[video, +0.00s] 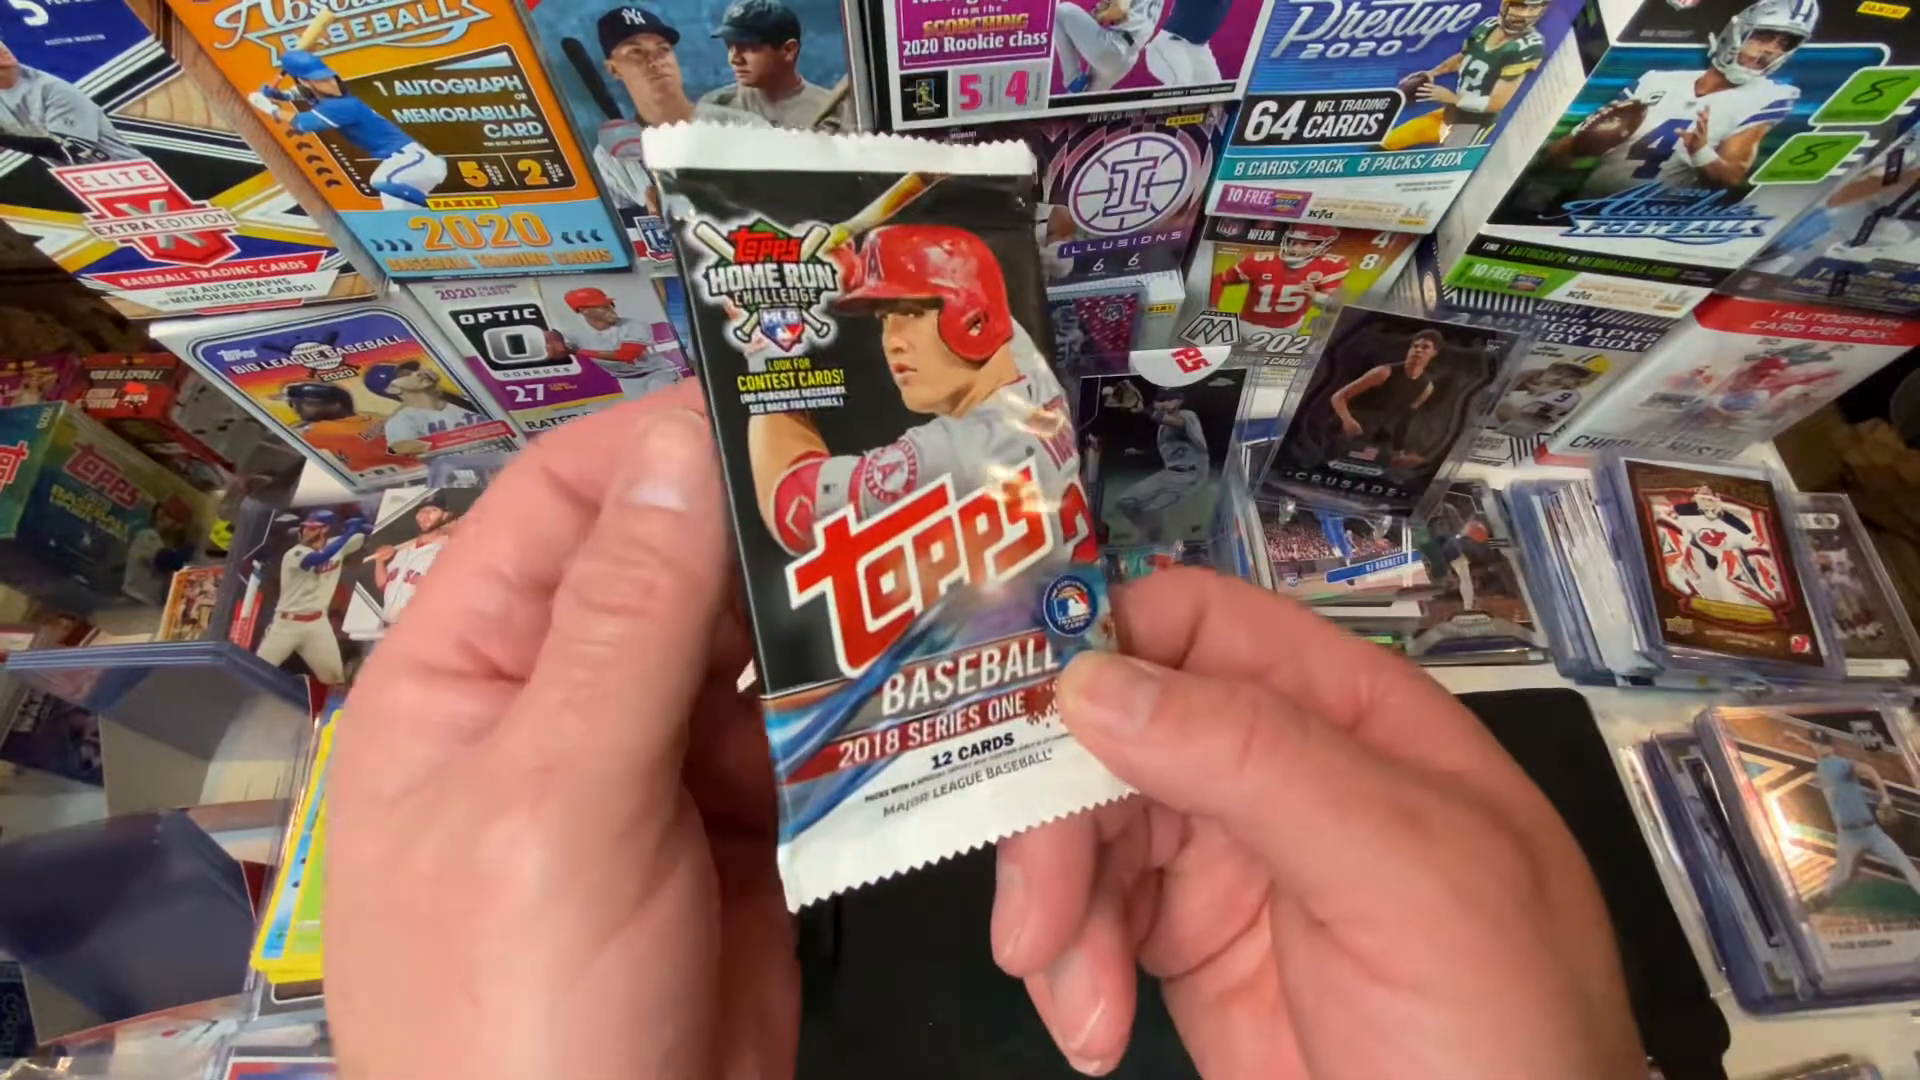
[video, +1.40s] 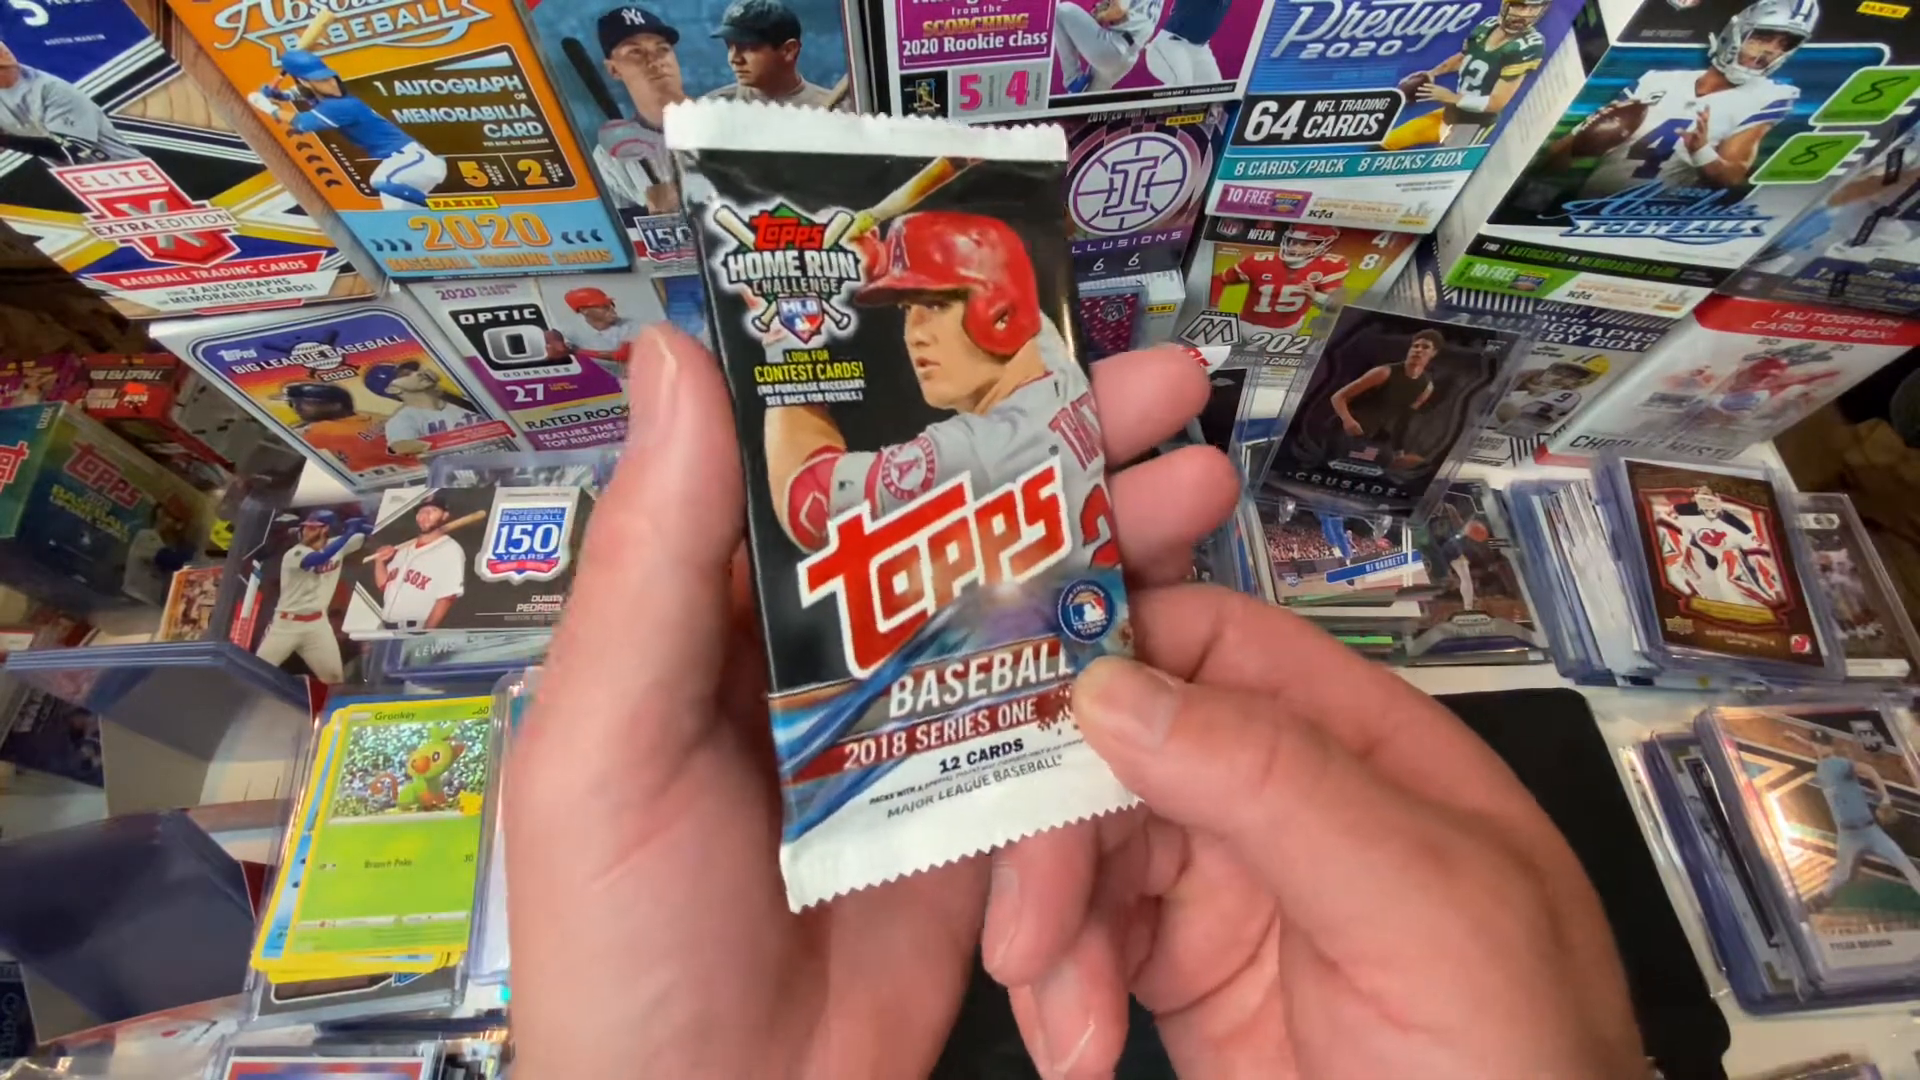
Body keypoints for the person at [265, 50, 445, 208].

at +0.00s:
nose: (331, 80)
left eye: (329, 76)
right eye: (324, 78)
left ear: (309, 83)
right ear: (307, 84)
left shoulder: (343, 106)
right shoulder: (331, 103)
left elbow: (299, 122)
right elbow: (299, 93)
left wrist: (270, 109)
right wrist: (276, 94)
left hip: (415, 159)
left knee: (381, 178)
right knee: (399, 222)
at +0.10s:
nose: (331, 80)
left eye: (328, 76)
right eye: (322, 78)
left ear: (309, 82)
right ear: (307, 83)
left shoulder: (343, 106)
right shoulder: (332, 103)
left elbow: (299, 122)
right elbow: (301, 92)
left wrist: (270, 108)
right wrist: (276, 94)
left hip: (415, 158)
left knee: (380, 179)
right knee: (398, 221)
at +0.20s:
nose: (300, 87)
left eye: (301, 82)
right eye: (300, 83)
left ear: (309, 83)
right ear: (325, 79)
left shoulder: (342, 107)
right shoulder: (334, 102)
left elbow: (299, 123)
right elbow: (303, 93)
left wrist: (270, 110)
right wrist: (278, 96)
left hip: (413, 159)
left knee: (380, 180)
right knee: (398, 222)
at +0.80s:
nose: (298, 86)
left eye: (299, 82)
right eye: (298, 83)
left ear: (308, 83)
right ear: (324, 78)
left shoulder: (342, 106)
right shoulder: (335, 100)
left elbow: (298, 122)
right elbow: (303, 92)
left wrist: (267, 107)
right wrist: (277, 94)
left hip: (413, 158)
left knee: (380, 179)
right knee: (397, 223)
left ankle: (431, 213)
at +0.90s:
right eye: (322, 78)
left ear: (309, 83)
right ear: (308, 84)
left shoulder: (344, 106)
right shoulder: (333, 102)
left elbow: (300, 122)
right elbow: (303, 92)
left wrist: (270, 110)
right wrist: (277, 95)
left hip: (415, 158)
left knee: (381, 179)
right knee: (399, 222)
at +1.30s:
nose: (330, 80)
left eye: (328, 77)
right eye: (323, 78)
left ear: (309, 83)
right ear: (306, 83)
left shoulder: (343, 106)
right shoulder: (331, 102)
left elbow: (300, 122)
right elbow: (300, 92)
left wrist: (271, 109)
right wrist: (276, 94)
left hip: (414, 158)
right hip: (405, 165)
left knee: (381, 179)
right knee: (398, 222)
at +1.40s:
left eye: (301, 82)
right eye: (321, 79)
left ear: (308, 83)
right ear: (310, 82)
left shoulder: (343, 106)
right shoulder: (333, 102)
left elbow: (299, 123)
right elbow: (302, 93)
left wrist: (271, 109)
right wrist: (278, 95)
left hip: (415, 158)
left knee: (381, 179)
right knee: (398, 221)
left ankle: (434, 216)